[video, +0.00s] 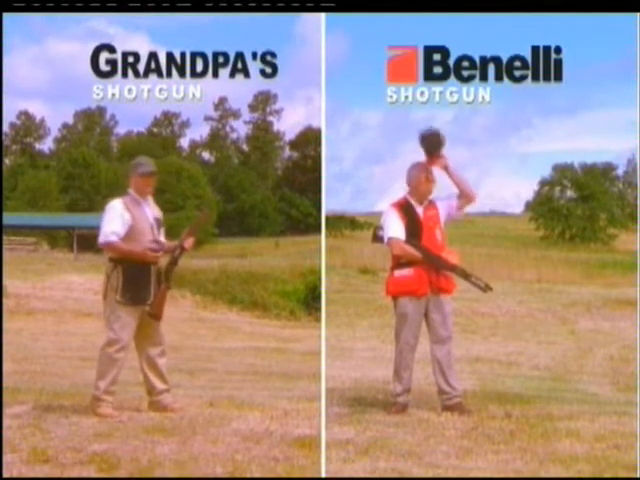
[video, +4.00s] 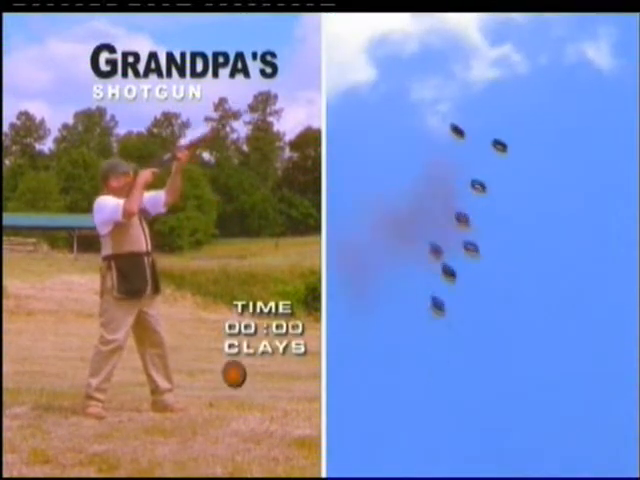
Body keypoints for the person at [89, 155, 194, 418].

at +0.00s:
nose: (149, 183)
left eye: (152, 178)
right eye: (144, 177)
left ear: (155, 180)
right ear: (132, 179)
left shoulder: (153, 210)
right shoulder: (117, 207)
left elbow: (157, 244)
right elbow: (107, 243)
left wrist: (178, 246)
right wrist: (142, 254)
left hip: (149, 279)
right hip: (123, 279)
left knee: (152, 342)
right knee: (118, 341)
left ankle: (159, 396)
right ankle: (102, 399)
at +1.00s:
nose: (115, 180)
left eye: (119, 174)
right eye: (110, 175)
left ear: (128, 177)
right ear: (104, 180)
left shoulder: (141, 206)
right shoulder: (98, 210)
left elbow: (153, 240)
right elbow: (92, 247)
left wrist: (170, 236)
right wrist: (126, 250)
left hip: (143, 282)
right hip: (115, 282)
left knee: (149, 344)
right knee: (113, 343)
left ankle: (159, 396)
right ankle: (102, 399)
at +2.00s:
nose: (152, 191)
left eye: (152, 185)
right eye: (147, 185)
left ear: (140, 189)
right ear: (131, 189)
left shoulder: (149, 216)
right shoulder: (117, 220)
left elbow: (160, 248)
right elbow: (117, 262)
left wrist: (181, 245)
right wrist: (139, 288)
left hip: (145, 282)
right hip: (121, 284)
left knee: (160, 340)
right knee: (120, 344)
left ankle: (162, 396)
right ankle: (93, 398)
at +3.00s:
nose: (157, 176)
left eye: (156, 171)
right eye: (151, 171)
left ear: (145, 177)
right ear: (137, 177)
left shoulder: (152, 201)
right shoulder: (137, 202)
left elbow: (170, 222)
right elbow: (165, 222)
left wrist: (187, 211)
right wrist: (182, 212)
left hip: (153, 264)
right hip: (134, 265)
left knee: (157, 336)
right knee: (126, 335)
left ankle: (161, 396)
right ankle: (96, 395)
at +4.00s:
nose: (130, 182)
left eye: (130, 178)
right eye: (124, 177)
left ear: (128, 182)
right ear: (111, 182)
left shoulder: (134, 200)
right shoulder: (103, 204)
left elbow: (169, 198)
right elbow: (129, 211)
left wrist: (178, 168)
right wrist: (140, 182)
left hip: (143, 268)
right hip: (118, 271)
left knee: (153, 338)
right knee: (112, 340)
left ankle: (162, 395)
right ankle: (94, 399)